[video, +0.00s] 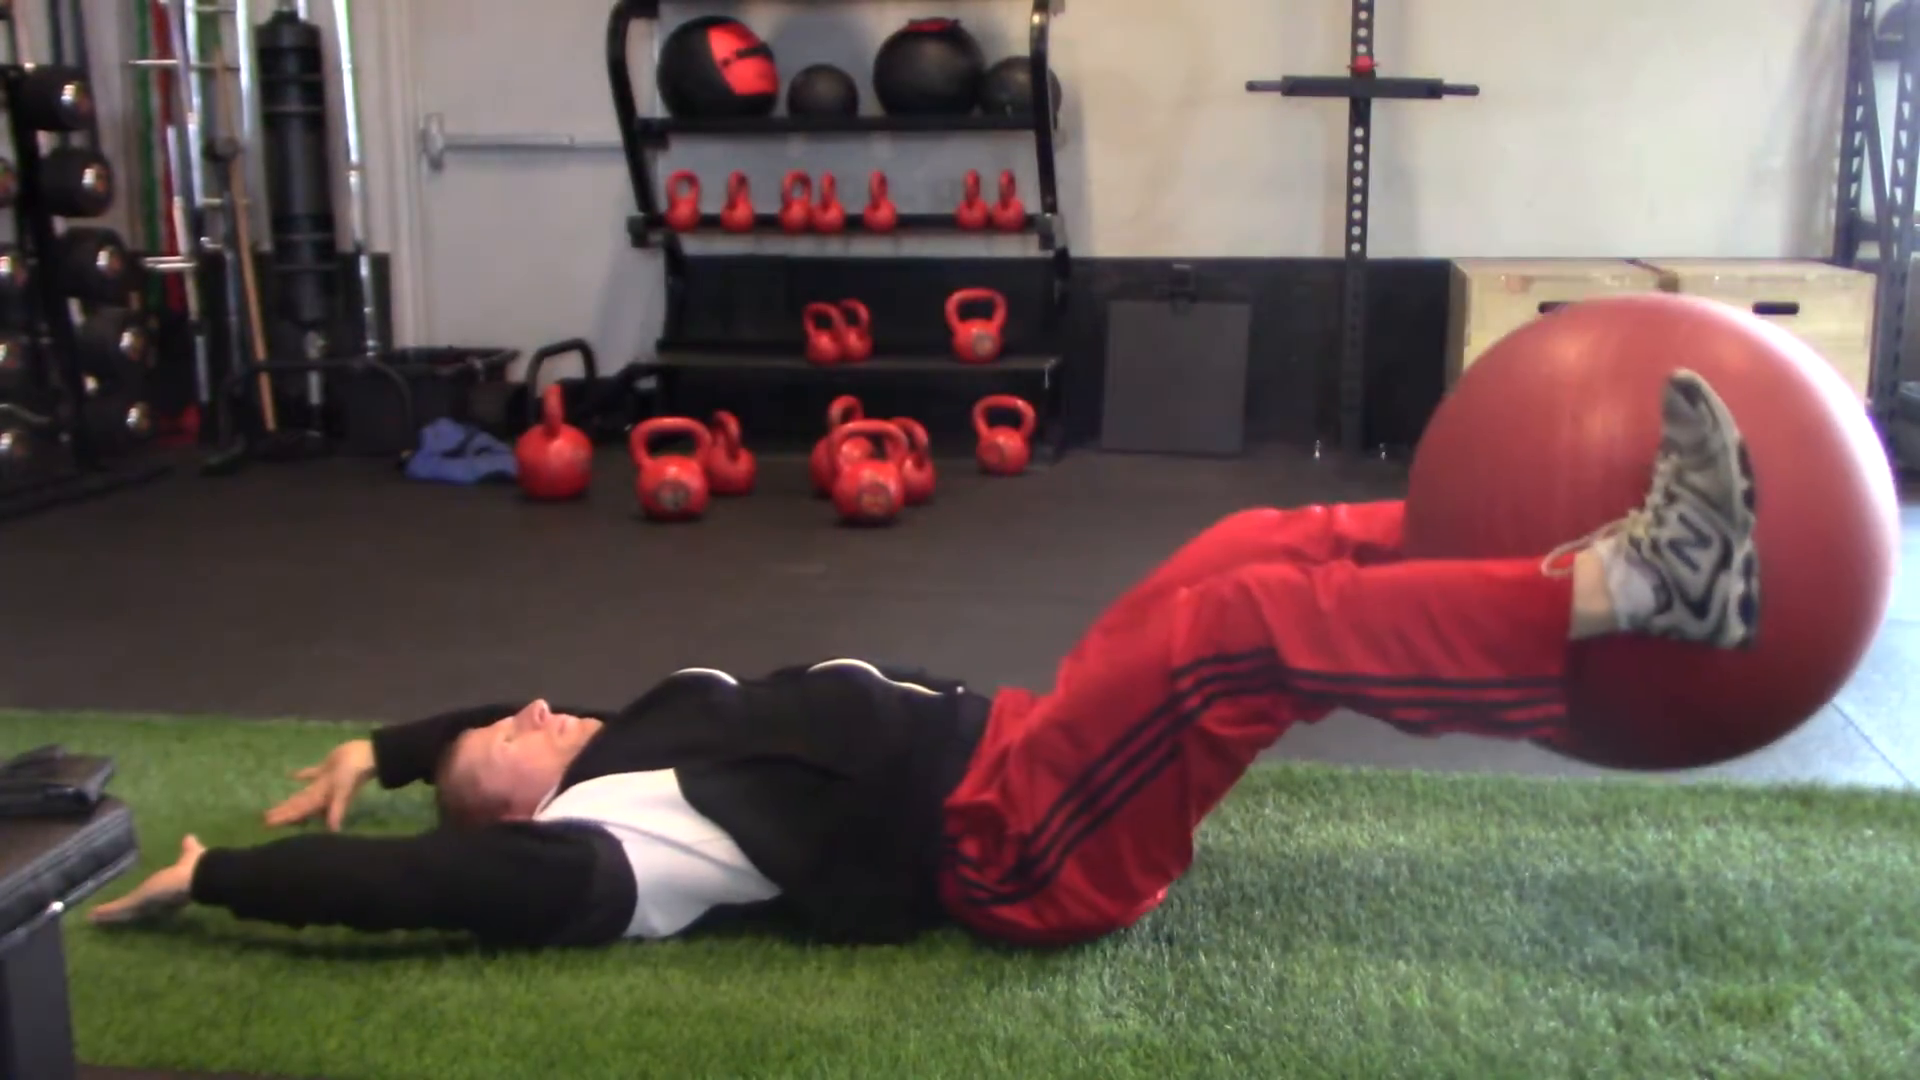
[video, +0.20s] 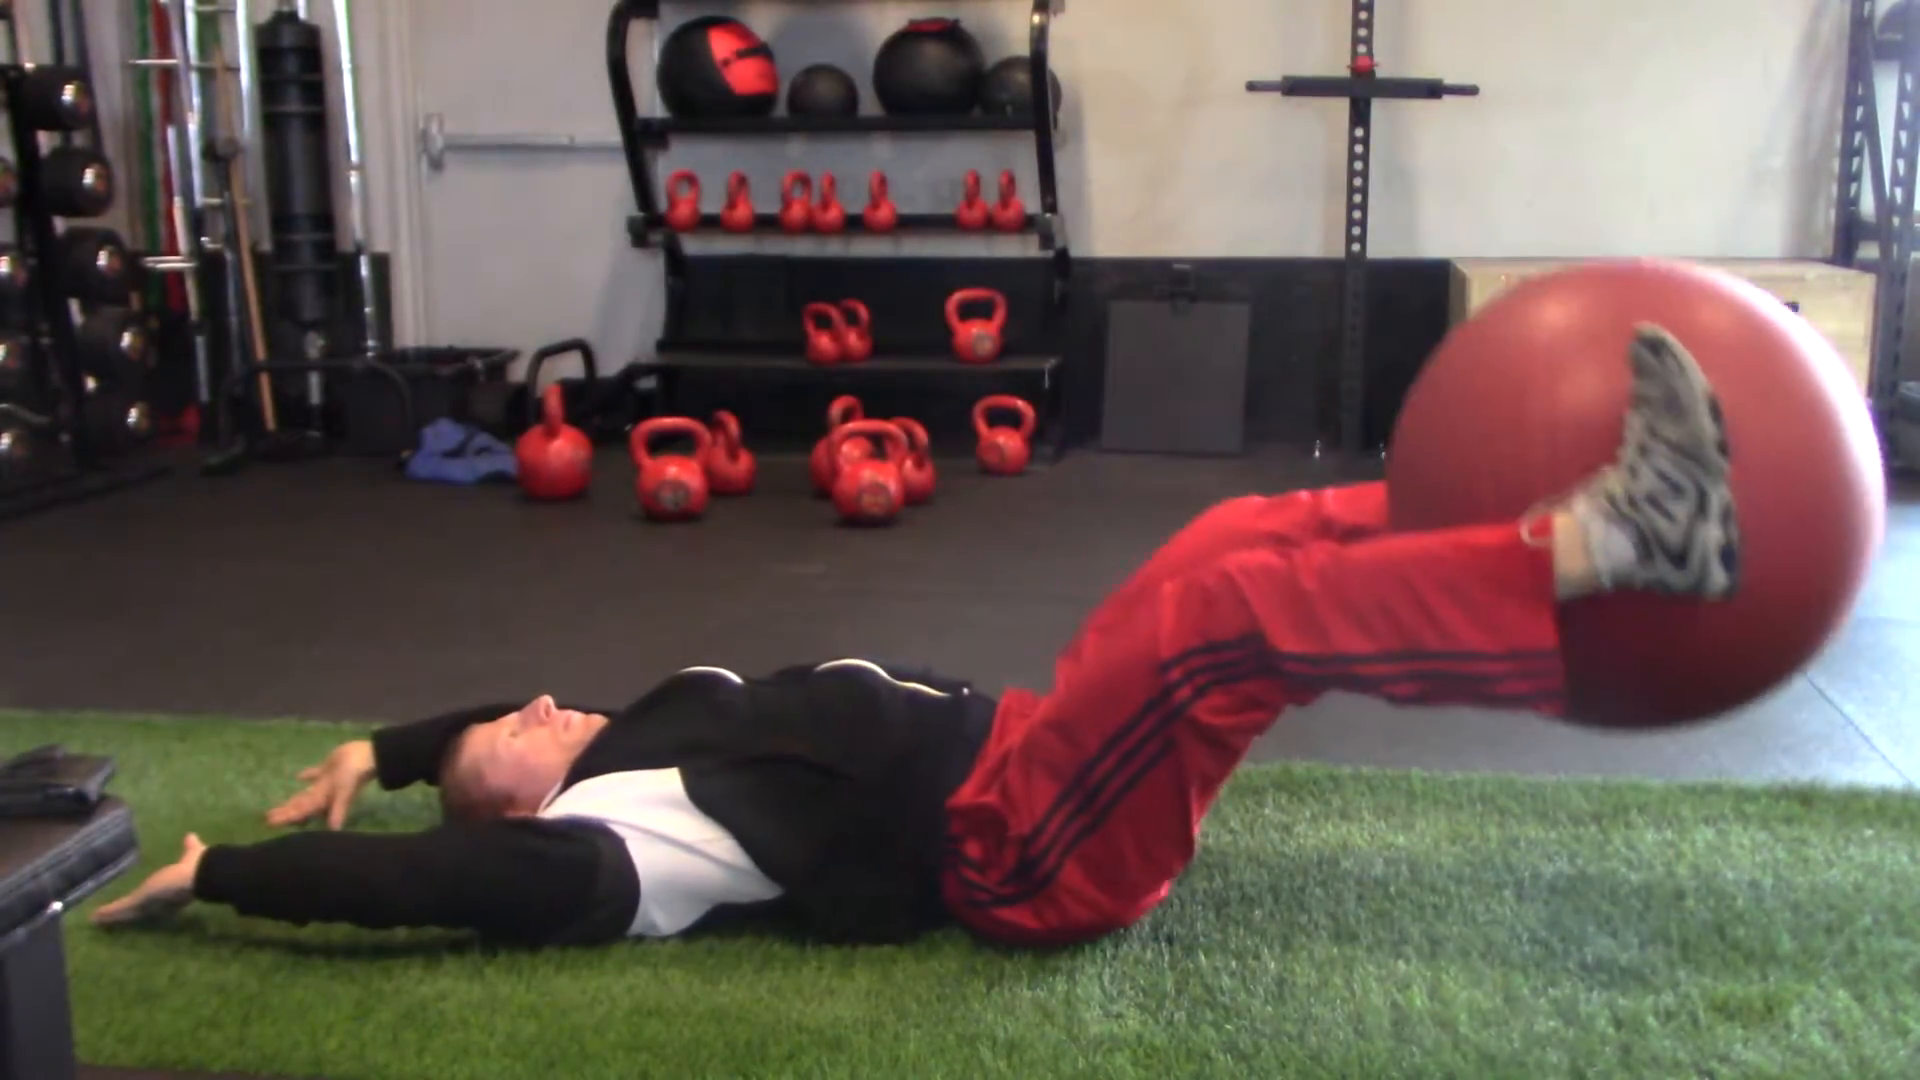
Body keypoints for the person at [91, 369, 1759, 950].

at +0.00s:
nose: (526, 724)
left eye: (510, 723)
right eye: (500, 748)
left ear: (532, 736)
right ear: (501, 811)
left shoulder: (638, 741)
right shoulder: (622, 841)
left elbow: (496, 713)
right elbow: (428, 879)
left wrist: (382, 749)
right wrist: (227, 878)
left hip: (1021, 740)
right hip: (1020, 832)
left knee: (1260, 543)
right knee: (1242, 621)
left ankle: (1581, 538)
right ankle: (1615, 603)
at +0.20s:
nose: (536, 726)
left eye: (517, 725)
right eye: (507, 752)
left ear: (542, 736)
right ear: (508, 815)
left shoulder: (645, 740)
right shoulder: (637, 832)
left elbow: (509, 747)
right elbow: (477, 874)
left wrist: (364, 763)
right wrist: (241, 877)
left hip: (1028, 749)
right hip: (1018, 837)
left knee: (1250, 530)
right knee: (1229, 607)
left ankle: (1571, 515)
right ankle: (1593, 567)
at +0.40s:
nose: (535, 717)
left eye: (530, 714)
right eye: (513, 742)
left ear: (563, 721)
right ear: (519, 803)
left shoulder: (655, 732)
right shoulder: (619, 840)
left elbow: (551, 663)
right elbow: (432, 863)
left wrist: (389, 704)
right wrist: (217, 836)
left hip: (1029, 804)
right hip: (1019, 858)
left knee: (1140, 548)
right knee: (1094, 554)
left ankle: (1394, 363)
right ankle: (1388, 340)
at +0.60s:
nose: (512, 701)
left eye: (495, 706)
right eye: (488, 727)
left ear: (536, 713)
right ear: (501, 780)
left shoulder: (656, 706)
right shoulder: (601, 844)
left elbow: (591, 609)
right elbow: (421, 777)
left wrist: (469, 535)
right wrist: (259, 642)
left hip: (1048, 789)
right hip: (1002, 839)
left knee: (1011, 498)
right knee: (921, 521)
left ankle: (1111, 298)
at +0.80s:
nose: (497, 726)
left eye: (489, 723)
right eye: (482, 736)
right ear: (502, 815)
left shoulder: (672, 715)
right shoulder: (601, 851)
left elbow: (673, 581)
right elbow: (522, 671)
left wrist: (604, 417)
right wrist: (435, 478)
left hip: (1038, 731)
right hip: (987, 799)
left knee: (872, 466)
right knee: (768, 535)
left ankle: (858, 212)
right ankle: (734, 209)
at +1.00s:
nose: (518, 707)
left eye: (491, 716)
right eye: (489, 734)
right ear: (507, 819)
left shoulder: (670, 751)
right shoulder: (602, 856)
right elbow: (577, 659)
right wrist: (517, 459)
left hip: (1027, 701)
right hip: (970, 770)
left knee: (790, 478)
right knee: (728, 587)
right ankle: (569, 250)